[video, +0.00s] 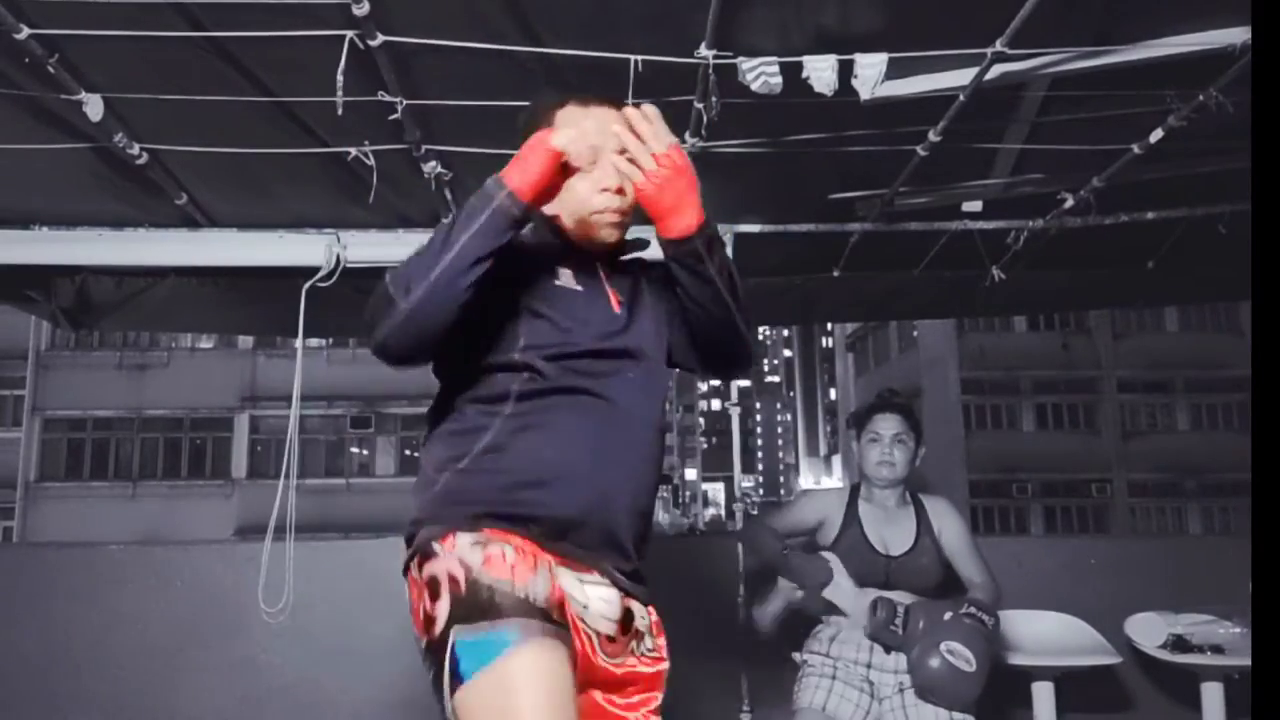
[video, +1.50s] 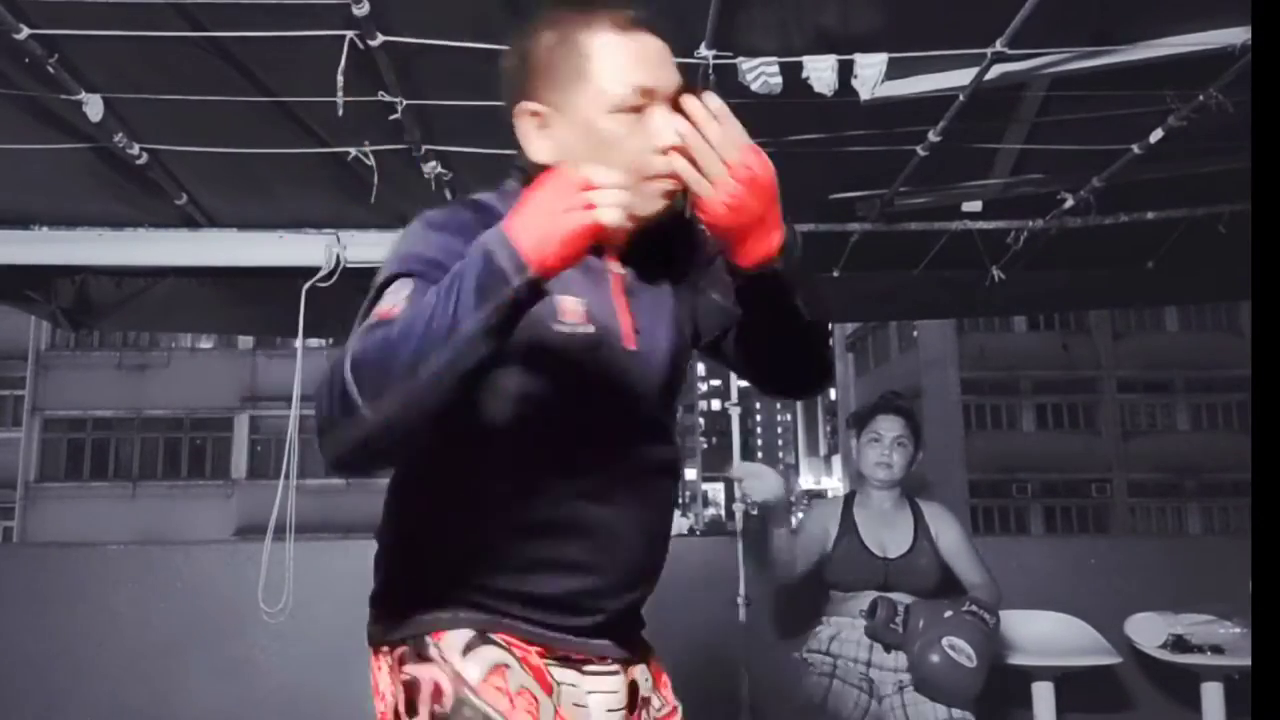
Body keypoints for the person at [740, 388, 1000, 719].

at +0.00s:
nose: (886, 450)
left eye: (899, 440)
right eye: (874, 439)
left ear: (917, 454)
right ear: (857, 450)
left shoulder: (938, 513)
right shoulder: (828, 506)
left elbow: (984, 587)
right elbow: (756, 530)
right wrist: (792, 563)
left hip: (921, 671)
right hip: (837, 667)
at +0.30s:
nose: (885, 452)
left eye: (899, 443)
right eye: (873, 440)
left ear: (917, 457)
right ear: (856, 450)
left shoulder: (935, 516)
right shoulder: (827, 512)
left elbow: (981, 587)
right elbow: (774, 560)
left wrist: (974, 619)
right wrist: (787, 495)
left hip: (920, 668)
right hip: (842, 664)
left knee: (939, 714)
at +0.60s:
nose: (885, 452)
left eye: (896, 442)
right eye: (871, 442)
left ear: (912, 452)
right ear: (852, 451)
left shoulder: (932, 514)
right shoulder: (831, 512)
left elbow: (982, 588)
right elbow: (763, 557)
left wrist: (966, 620)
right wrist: (812, 520)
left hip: (919, 667)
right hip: (839, 664)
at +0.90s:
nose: (884, 450)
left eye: (898, 443)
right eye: (873, 439)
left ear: (913, 458)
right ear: (853, 446)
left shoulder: (933, 515)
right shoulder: (826, 513)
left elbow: (981, 585)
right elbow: (795, 581)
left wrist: (971, 616)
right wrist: (785, 510)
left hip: (920, 666)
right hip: (840, 663)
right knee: (828, 712)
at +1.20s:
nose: (887, 451)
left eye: (900, 442)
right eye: (875, 440)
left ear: (914, 457)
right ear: (855, 450)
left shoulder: (934, 517)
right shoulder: (830, 509)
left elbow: (984, 587)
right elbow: (761, 561)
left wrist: (976, 611)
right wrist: (771, 536)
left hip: (921, 664)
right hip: (839, 661)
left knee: (938, 715)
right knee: (823, 711)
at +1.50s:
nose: (886, 451)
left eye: (900, 443)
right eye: (875, 440)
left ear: (913, 458)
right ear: (854, 448)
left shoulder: (935, 518)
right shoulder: (826, 514)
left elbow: (984, 587)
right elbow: (786, 575)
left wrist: (978, 614)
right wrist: (776, 508)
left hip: (920, 666)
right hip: (842, 662)